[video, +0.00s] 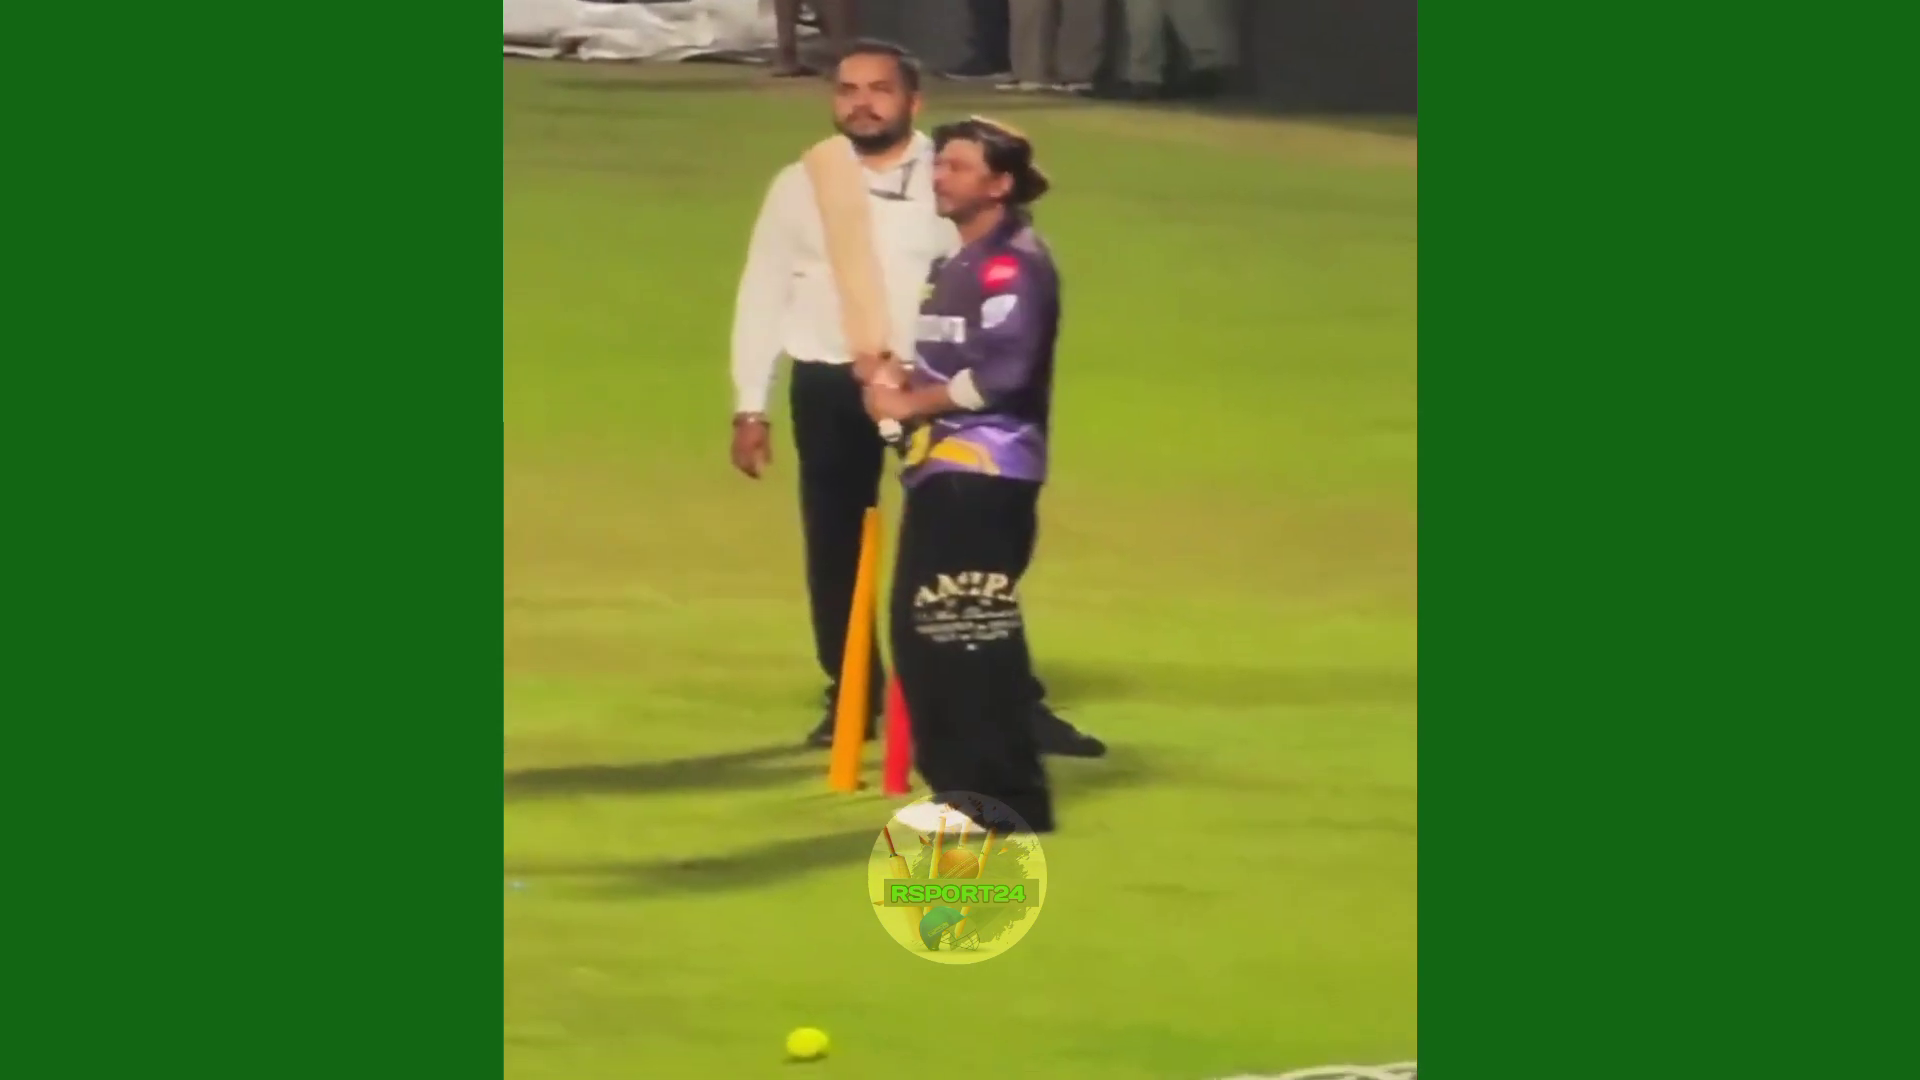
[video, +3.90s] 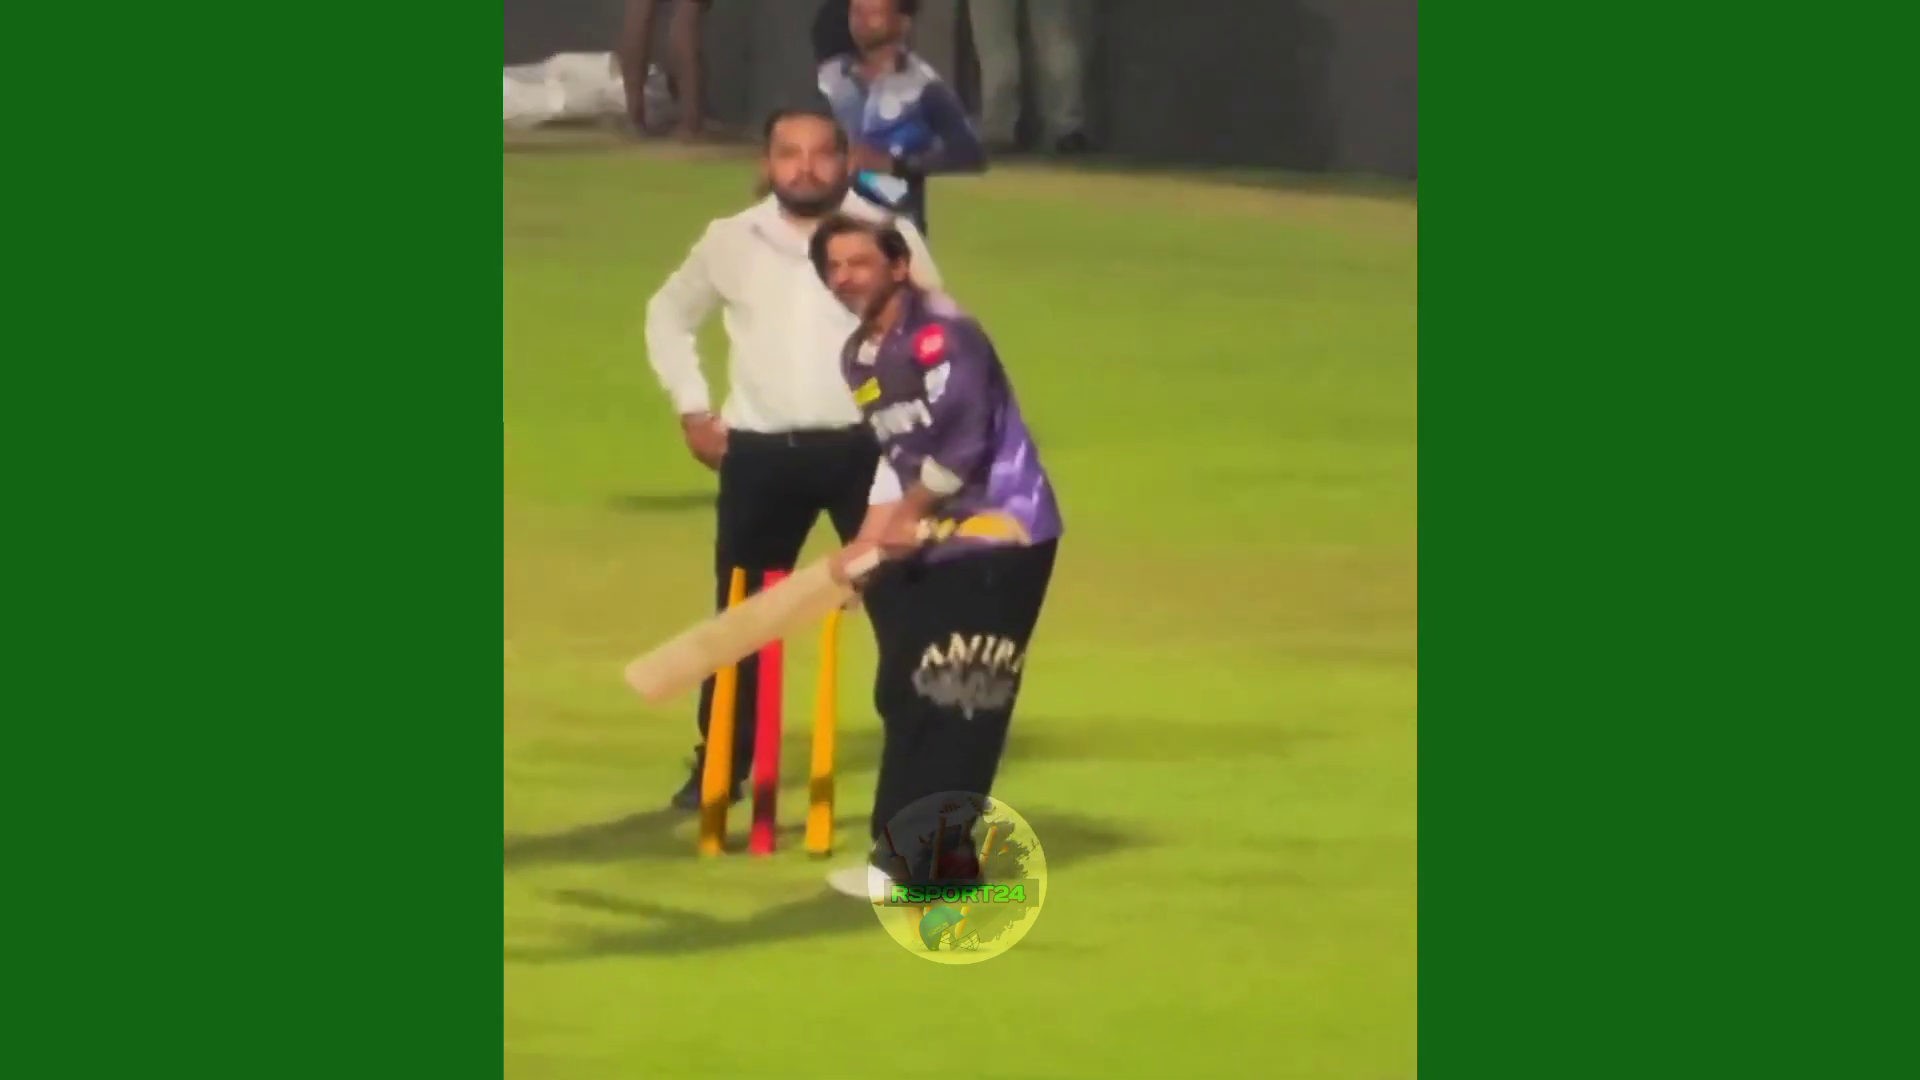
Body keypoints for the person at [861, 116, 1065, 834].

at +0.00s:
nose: (939, 176)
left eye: (954, 167)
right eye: (938, 165)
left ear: (1000, 183)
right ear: (944, 180)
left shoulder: (1015, 265)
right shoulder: (955, 263)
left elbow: (1005, 374)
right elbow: (949, 363)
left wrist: (911, 402)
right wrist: (899, 371)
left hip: (988, 472)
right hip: (945, 467)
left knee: (973, 636)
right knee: (925, 630)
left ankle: (1004, 798)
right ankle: (963, 792)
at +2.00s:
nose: (913, 147)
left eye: (928, 136)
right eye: (914, 135)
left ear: (976, 145)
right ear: (953, 148)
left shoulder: (1007, 224)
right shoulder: (949, 229)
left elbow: (980, 354)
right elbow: (949, 351)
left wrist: (919, 431)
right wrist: (907, 434)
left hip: (1021, 437)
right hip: (980, 435)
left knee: (978, 596)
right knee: (964, 593)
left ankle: (982, 761)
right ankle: (991, 753)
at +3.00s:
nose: (884, 217)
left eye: (899, 204)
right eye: (874, 205)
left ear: (941, 208)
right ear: (867, 213)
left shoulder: (982, 285)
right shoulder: (892, 301)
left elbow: (976, 413)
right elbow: (919, 414)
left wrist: (926, 492)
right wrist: (900, 506)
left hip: (1015, 488)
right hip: (958, 490)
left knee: (982, 647)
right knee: (928, 646)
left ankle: (962, 812)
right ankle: (942, 804)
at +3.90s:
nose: (845, 278)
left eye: (859, 263)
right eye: (834, 267)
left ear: (897, 266)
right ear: (826, 277)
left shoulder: (949, 337)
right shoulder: (859, 358)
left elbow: (969, 442)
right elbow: (899, 459)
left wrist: (908, 509)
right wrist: (871, 540)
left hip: (1000, 536)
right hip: (934, 537)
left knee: (957, 698)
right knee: (908, 693)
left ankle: (928, 859)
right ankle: (899, 852)